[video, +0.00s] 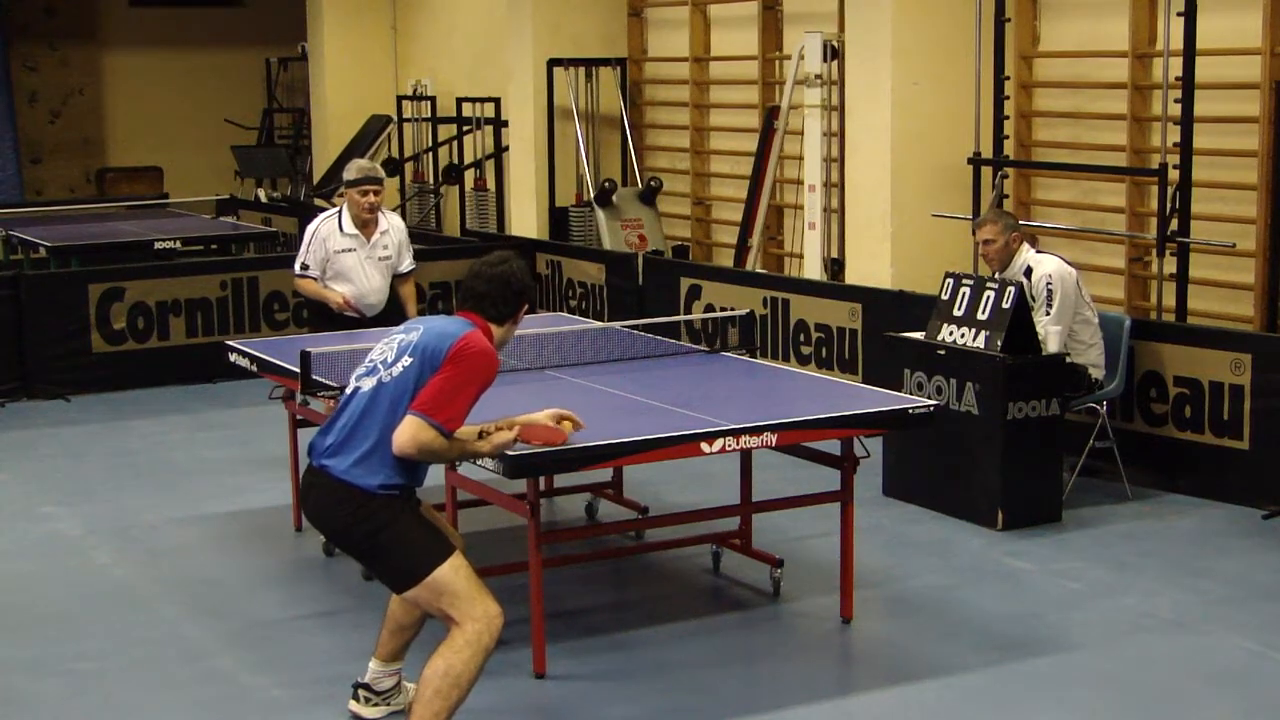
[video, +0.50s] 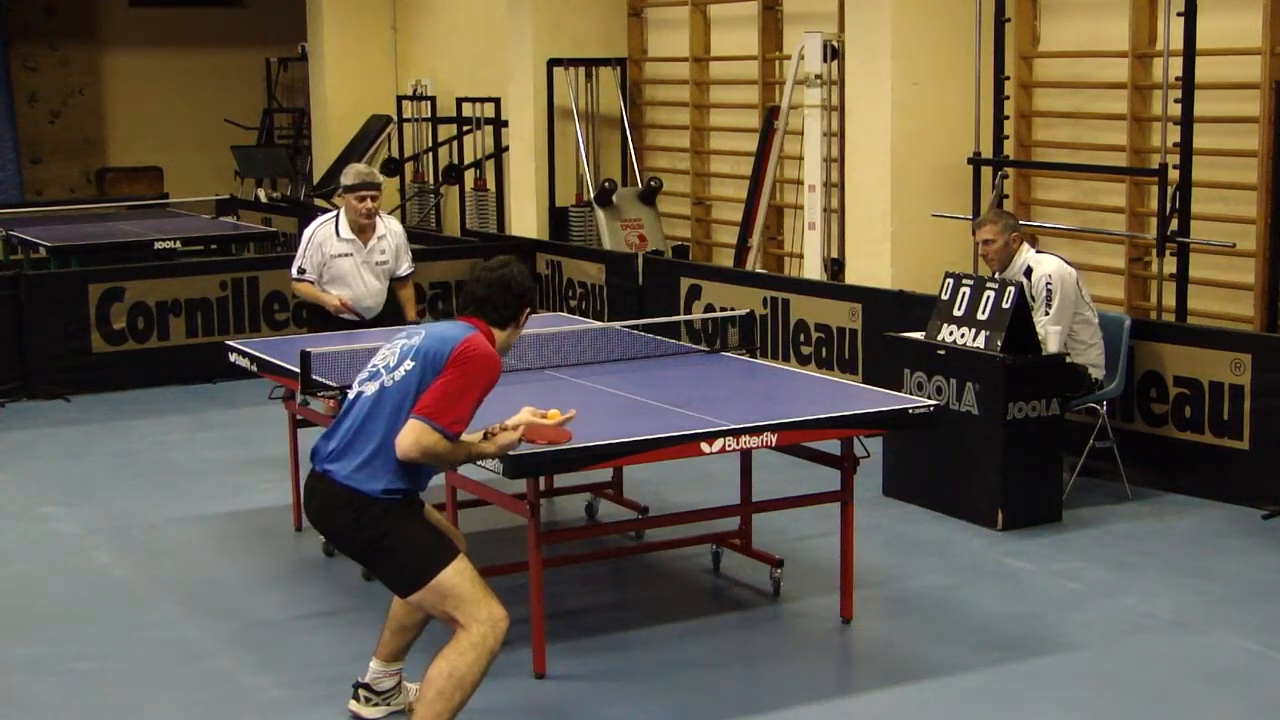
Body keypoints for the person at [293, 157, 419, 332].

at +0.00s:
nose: (372, 200)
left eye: (377, 193)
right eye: (363, 194)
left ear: (383, 193)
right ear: (345, 194)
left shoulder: (395, 225)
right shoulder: (322, 229)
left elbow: (404, 278)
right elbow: (302, 280)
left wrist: (414, 320)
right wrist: (330, 297)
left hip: (381, 319)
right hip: (334, 321)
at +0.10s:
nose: (372, 201)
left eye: (377, 193)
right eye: (363, 194)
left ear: (383, 194)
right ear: (346, 194)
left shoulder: (395, 225)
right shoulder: (322, 229)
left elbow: (405, 279)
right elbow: (302, 280)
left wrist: (414, 321)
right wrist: (330, 297)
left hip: (382, 319)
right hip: (335, 321)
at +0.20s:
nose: (371, 201)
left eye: (376, 194)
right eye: (363, 194)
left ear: (383, 194)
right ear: (345, 194)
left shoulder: (395, 226)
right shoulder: (322, 229)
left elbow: (405, 278)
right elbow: (301, 280)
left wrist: (414, 320)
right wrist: (329, 298)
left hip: (381, 319)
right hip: (334, 321)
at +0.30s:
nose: (371, 202)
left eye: (376, 195)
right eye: (363, 196)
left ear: (383, 195)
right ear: (345, 195)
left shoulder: (395, 227)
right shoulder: (321, 230)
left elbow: (405, 279)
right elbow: (301, 281)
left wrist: (414, 320)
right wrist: (328, 298)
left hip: (380, 320)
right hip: (333, 322)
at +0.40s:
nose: (371, 203)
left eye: (375, 196)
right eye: (362, 197)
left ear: (382, 196)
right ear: (344, 196)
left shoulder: (394, 228)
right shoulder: (320, 231)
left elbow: (404, 279)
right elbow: (300, 282)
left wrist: (413, 321)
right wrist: (327, 299)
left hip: (380, 321)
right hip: (333, 323)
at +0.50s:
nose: (369, 206)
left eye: (374, 199)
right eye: (361, 199)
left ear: (380, 198)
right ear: (343, 198)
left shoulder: (393, 230)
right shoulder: (318, 233)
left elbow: (403, 281)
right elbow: (299, 283)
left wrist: (412, 322)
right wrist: (326, 300)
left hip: (379, 321)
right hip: (331, 324)